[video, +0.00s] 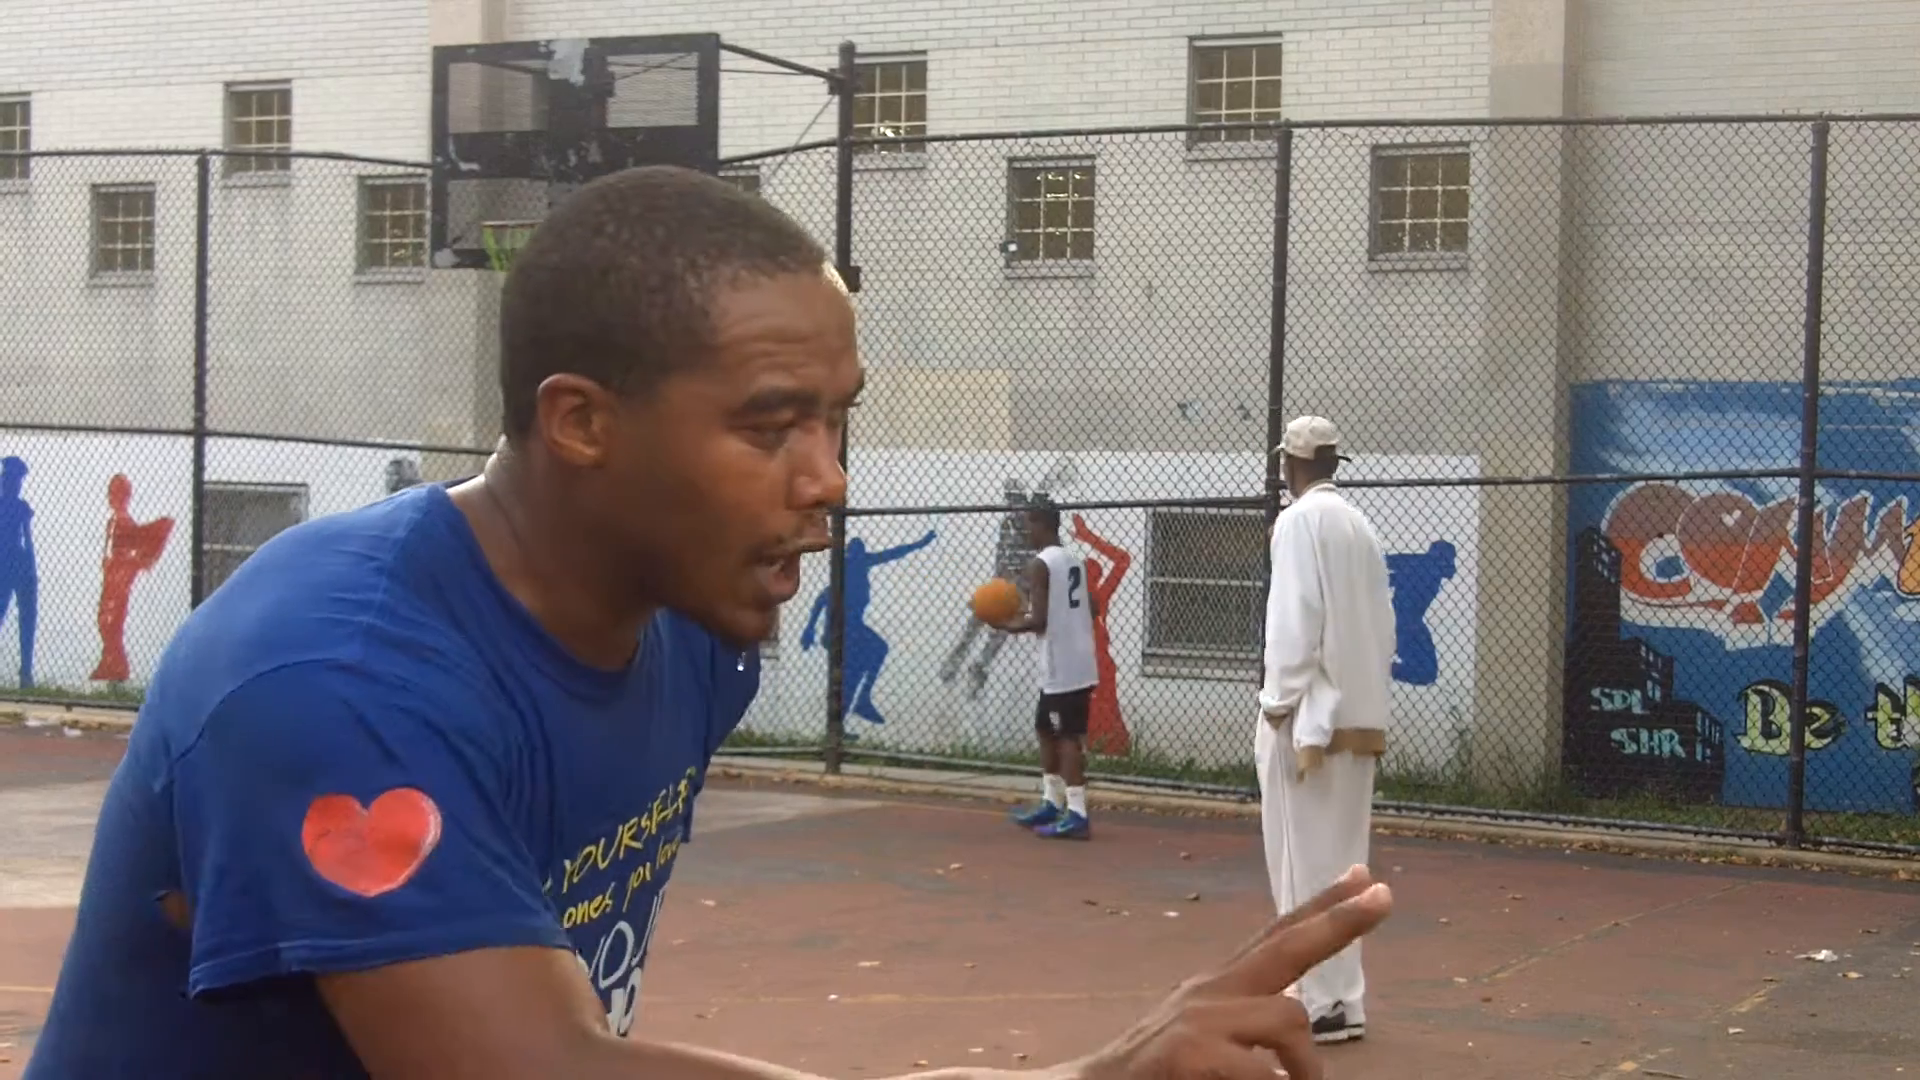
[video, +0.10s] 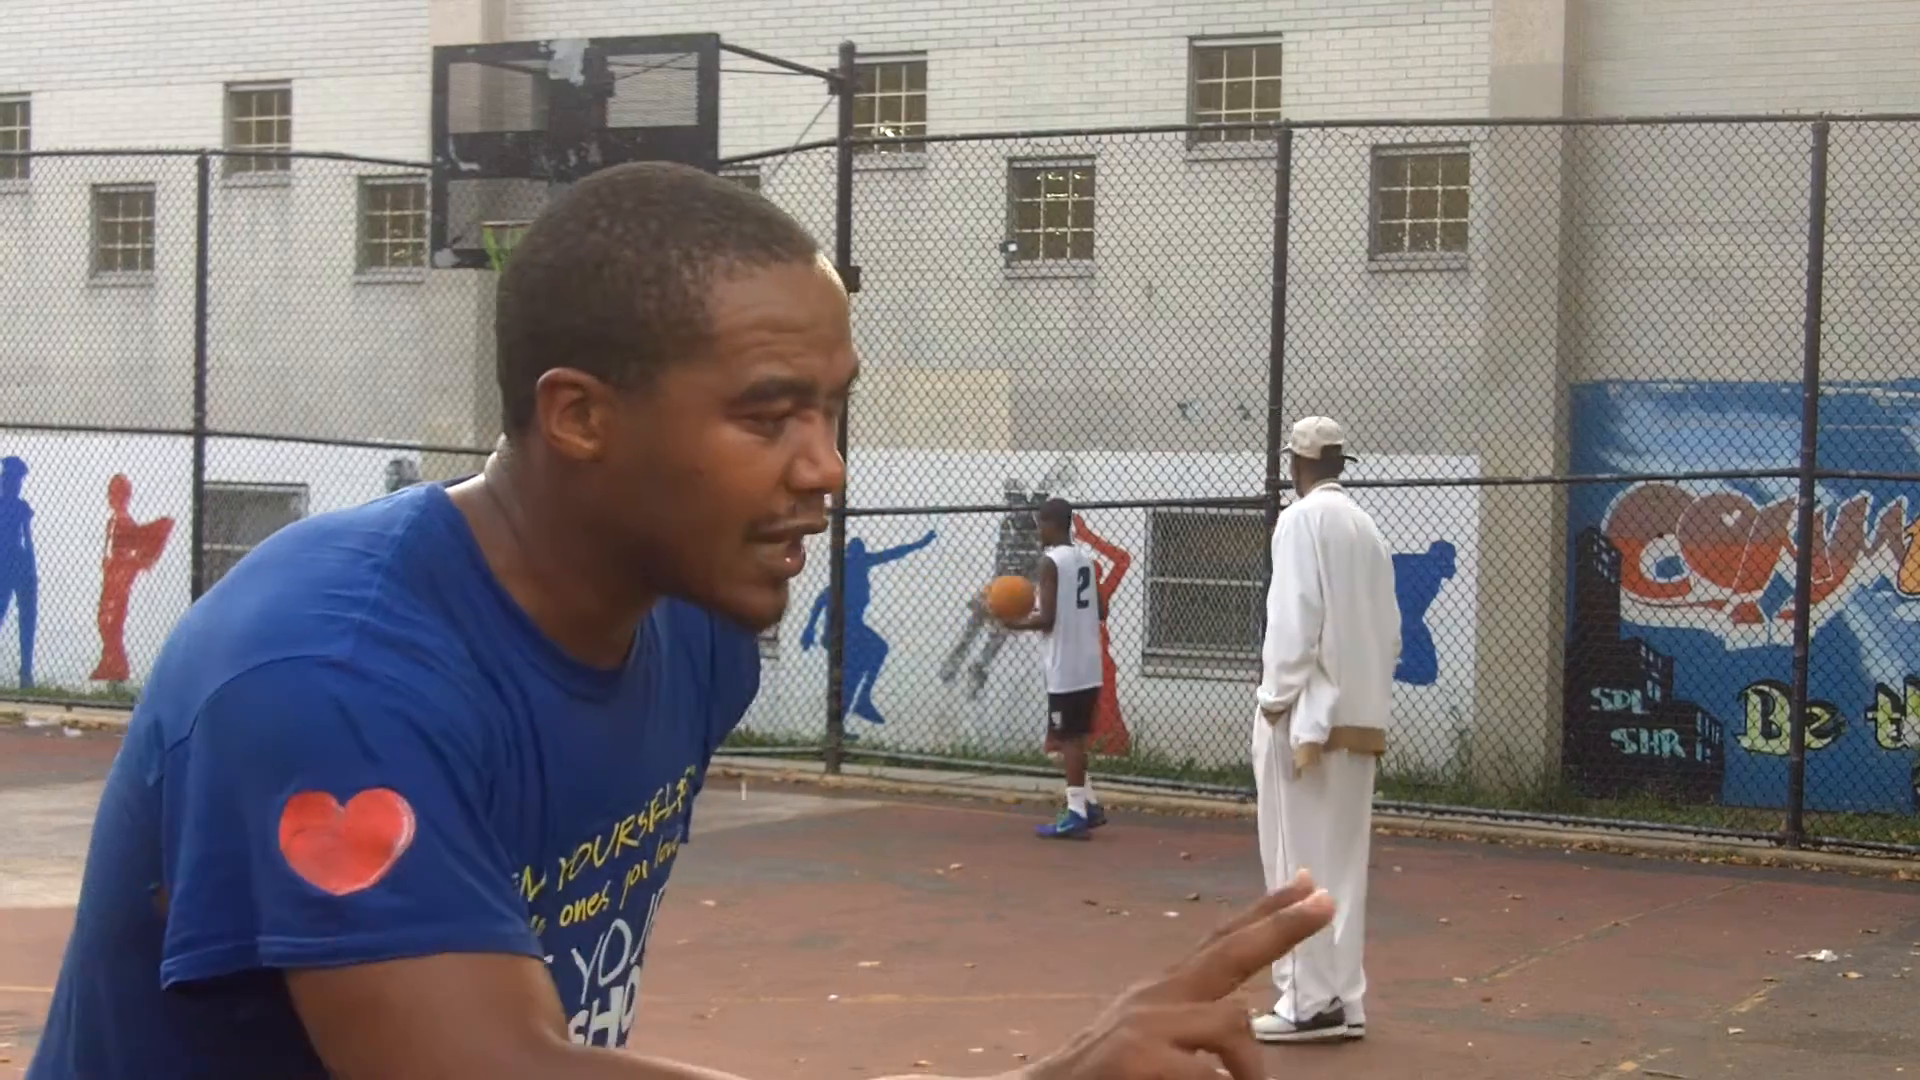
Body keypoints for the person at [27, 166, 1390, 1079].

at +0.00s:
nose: (832, 488)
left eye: (839, 424)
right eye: (775, 425)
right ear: (577, 428)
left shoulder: (697, 625)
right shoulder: (328, 686)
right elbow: (544, 1055)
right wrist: (1098, 1070)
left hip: (479, 1048)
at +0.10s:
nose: (827, 477)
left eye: (834, 413)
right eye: (769, 413)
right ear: (574, 418)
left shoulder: (697, 636)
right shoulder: (320, 681)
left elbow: (526, 926)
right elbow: (499, 1072)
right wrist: (1045, 1078)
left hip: (489, 1048)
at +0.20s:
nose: (825, 469)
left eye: (831, 412)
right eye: (769, 411)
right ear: (575, 418)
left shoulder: (700, 640)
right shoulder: (307, 681)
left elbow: (556, 981)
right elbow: (428, 1067)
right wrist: (971, 1075)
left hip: (537, 1043)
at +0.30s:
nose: (809, 469)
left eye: (817, 412)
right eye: (752, 411)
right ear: (561, 416)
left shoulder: (688, 638)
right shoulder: (288, 688)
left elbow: (577, 960)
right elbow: (353, 1056)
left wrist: (616, 1072)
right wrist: (885, 1077)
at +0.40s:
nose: (738, 471)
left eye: (771, 412)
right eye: (673, 405)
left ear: (798, 413)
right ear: (508, 399)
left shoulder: (686, 633)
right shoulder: (266, 687)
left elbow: (576, 952)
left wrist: (614, 1069)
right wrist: (934, 1066)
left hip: (544, 1055)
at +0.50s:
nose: (677, 486)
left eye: (727, 425)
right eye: (612, 415)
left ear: (755, 427)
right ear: (467, 393)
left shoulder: (685, 632)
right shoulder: (246, 698)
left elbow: (572, 989)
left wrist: (597, 1065)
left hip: (534, 1053)